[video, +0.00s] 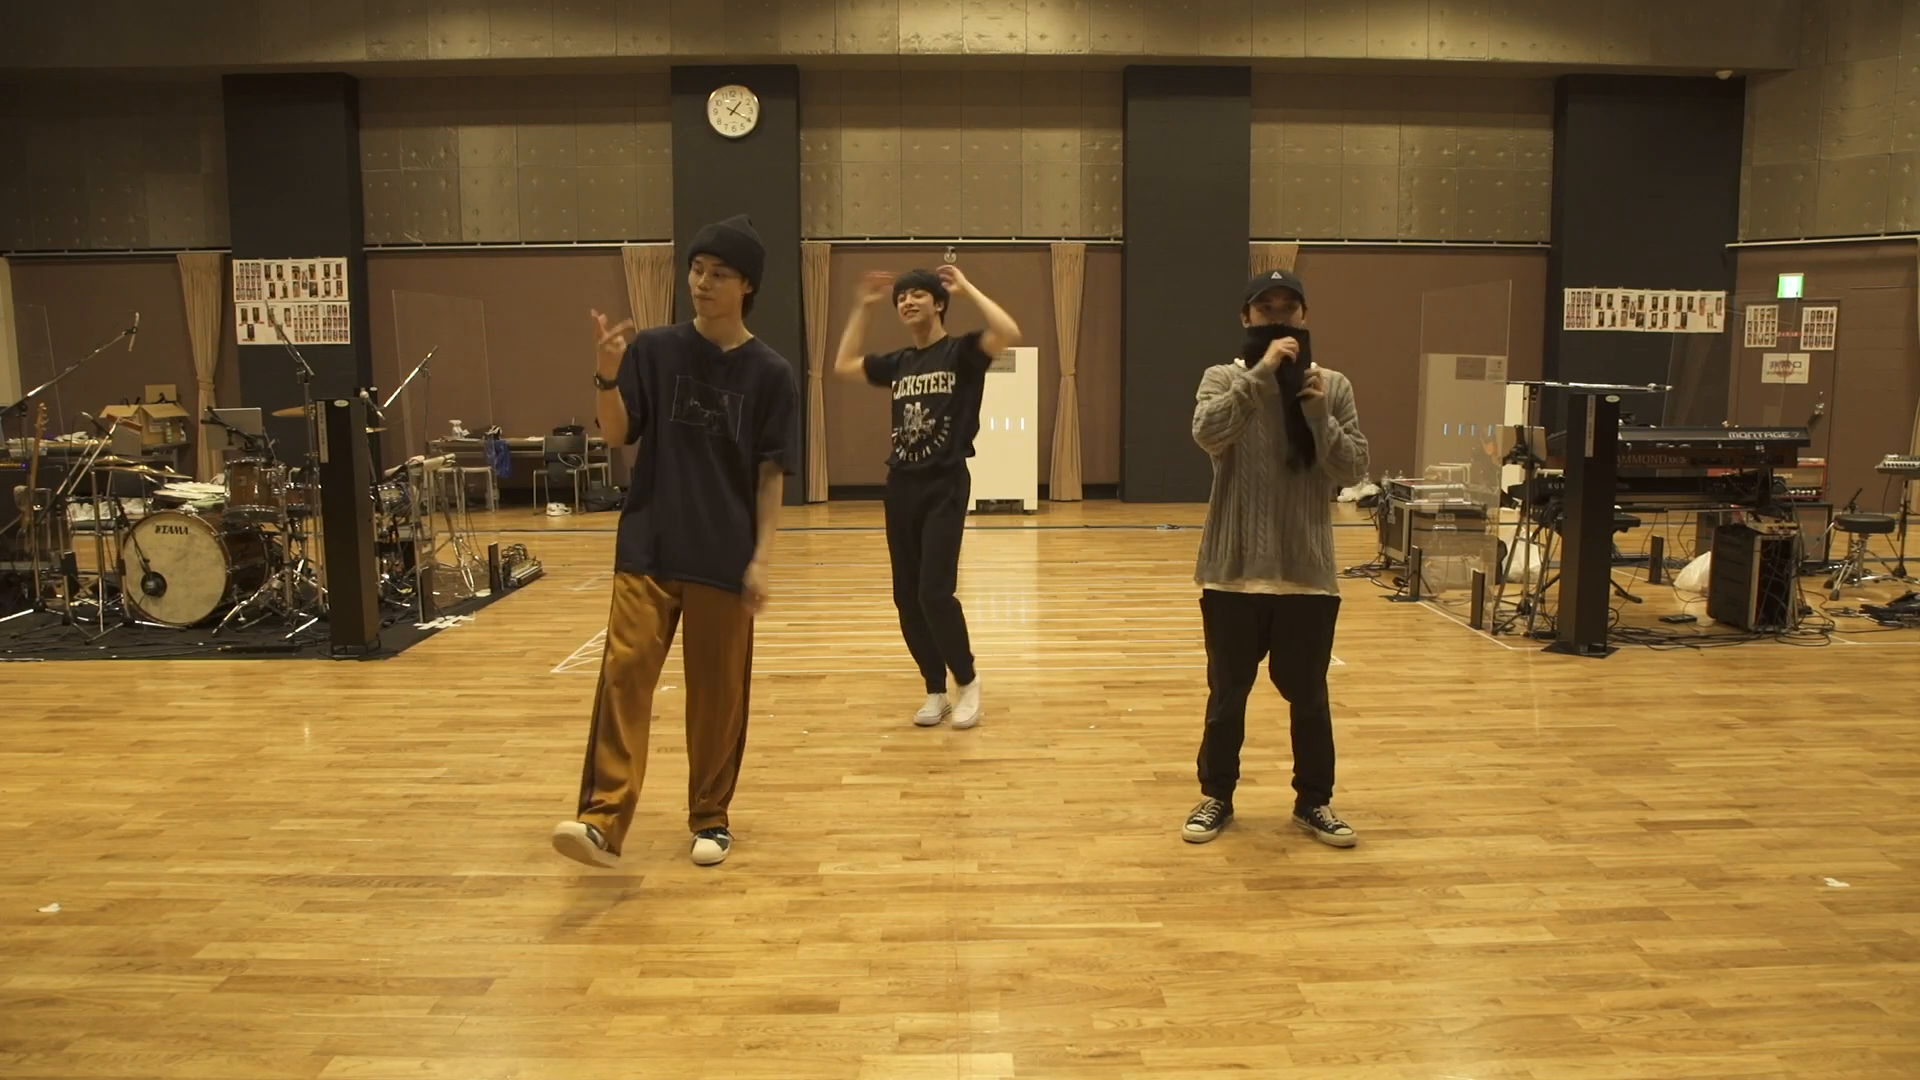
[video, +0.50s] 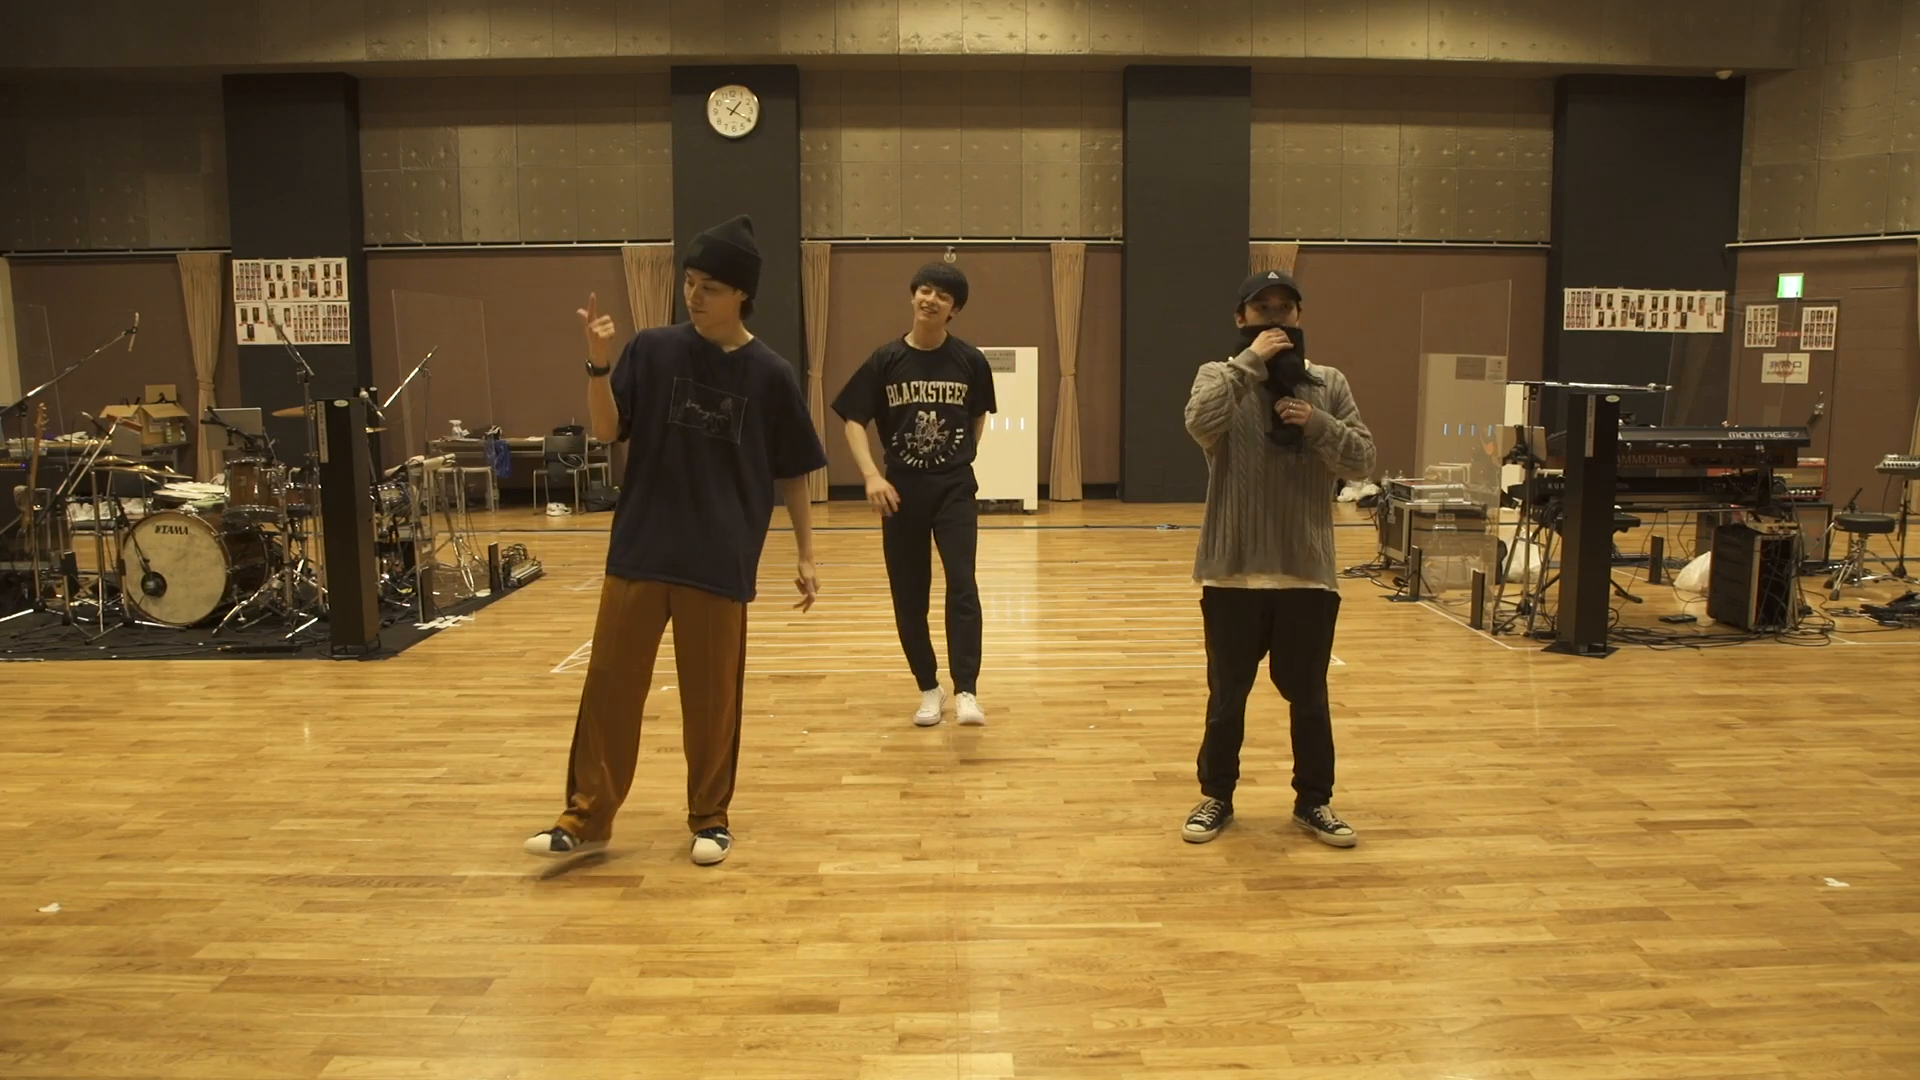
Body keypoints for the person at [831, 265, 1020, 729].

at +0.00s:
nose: (908, 301)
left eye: (918, 294)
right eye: (902, 297)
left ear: (940, 303)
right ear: (897, 310)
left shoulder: (964, 350)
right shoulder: (898, 362)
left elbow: (1009, 335)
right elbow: (844, 366)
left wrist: (967, 287)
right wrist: (864, 305)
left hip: (945, 486)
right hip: (902, 488)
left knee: (935, 592)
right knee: (908, 595)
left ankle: (966, 683)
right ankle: (936, 691)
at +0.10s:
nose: (909, 301)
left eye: (919, 294)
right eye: (902, 296)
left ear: (939, 305)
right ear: (895, 308)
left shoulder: (966, 356)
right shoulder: (893, 366)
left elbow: (1018, 386)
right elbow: (841, 395)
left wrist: (999, 338)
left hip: (947, 492)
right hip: (901, 493)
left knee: (941, 592)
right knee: (910, 595)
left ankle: (954, 696)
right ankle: (935, 689)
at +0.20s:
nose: (912, 300)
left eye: (923, 294)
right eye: (906, 294)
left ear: (941, 305)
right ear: (898, 305)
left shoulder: (965, 360)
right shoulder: (887, 369)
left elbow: (1001, 408)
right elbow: (841, 411)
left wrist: (1013, 423)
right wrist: (790, 423)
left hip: (950, 492)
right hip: (901, 492)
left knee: (949, 594)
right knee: (910, 595)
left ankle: (950, 703)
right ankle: (933, 685)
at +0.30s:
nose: (917, 299)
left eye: (929, 295)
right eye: (912, 291)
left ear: (944, 310)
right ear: (901, 301)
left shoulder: (964, 364)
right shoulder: (884, 368)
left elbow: (979, 434)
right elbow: (873, 440)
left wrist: (978, 489)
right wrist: (866, 496)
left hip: (951, 492)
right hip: (900, 494)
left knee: (954, 588)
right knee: (911, 594)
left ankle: (959, 692)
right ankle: (933, 689)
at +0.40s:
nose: (923, 299)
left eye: (934, 296)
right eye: (917, 291)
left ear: (947, 311)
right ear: (905, 300)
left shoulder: (967, 363)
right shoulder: (882, 365)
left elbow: (972, 427)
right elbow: (872, 438)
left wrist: (958, 473)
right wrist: (881, 490)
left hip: (951, 493)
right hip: (902, 495)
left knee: (955, 588)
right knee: (911, 599)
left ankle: (963, 689)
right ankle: (933, 690)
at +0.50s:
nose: (930, 299)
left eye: (941, 295)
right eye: (925, 290)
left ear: (955, 307)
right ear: (912, 297)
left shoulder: (971, 362)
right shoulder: (885, 360)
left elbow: (977, 418)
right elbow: (853, 420)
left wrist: (960, 462)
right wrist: (871, 474)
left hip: (955, 490)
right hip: (902, 492)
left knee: (963, 587)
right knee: (908, 595)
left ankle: (966, 691)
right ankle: (929, 690)